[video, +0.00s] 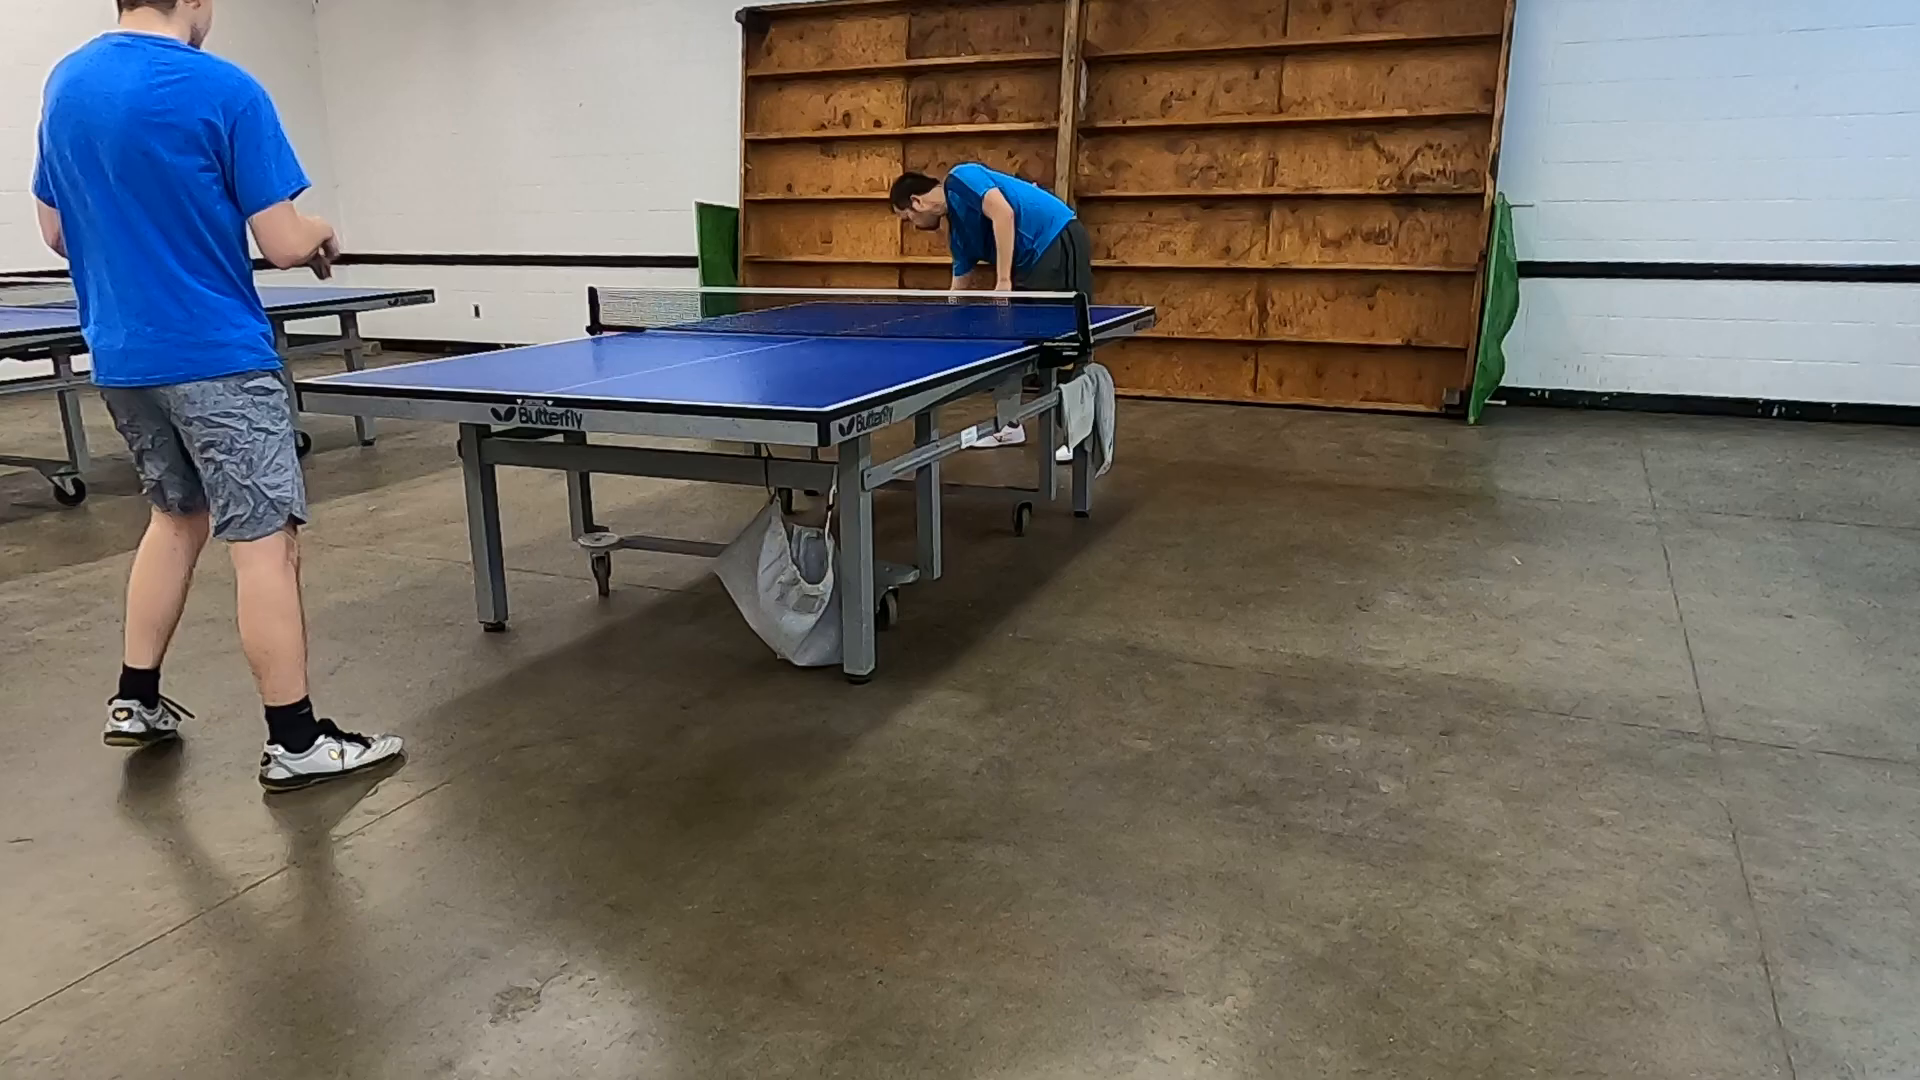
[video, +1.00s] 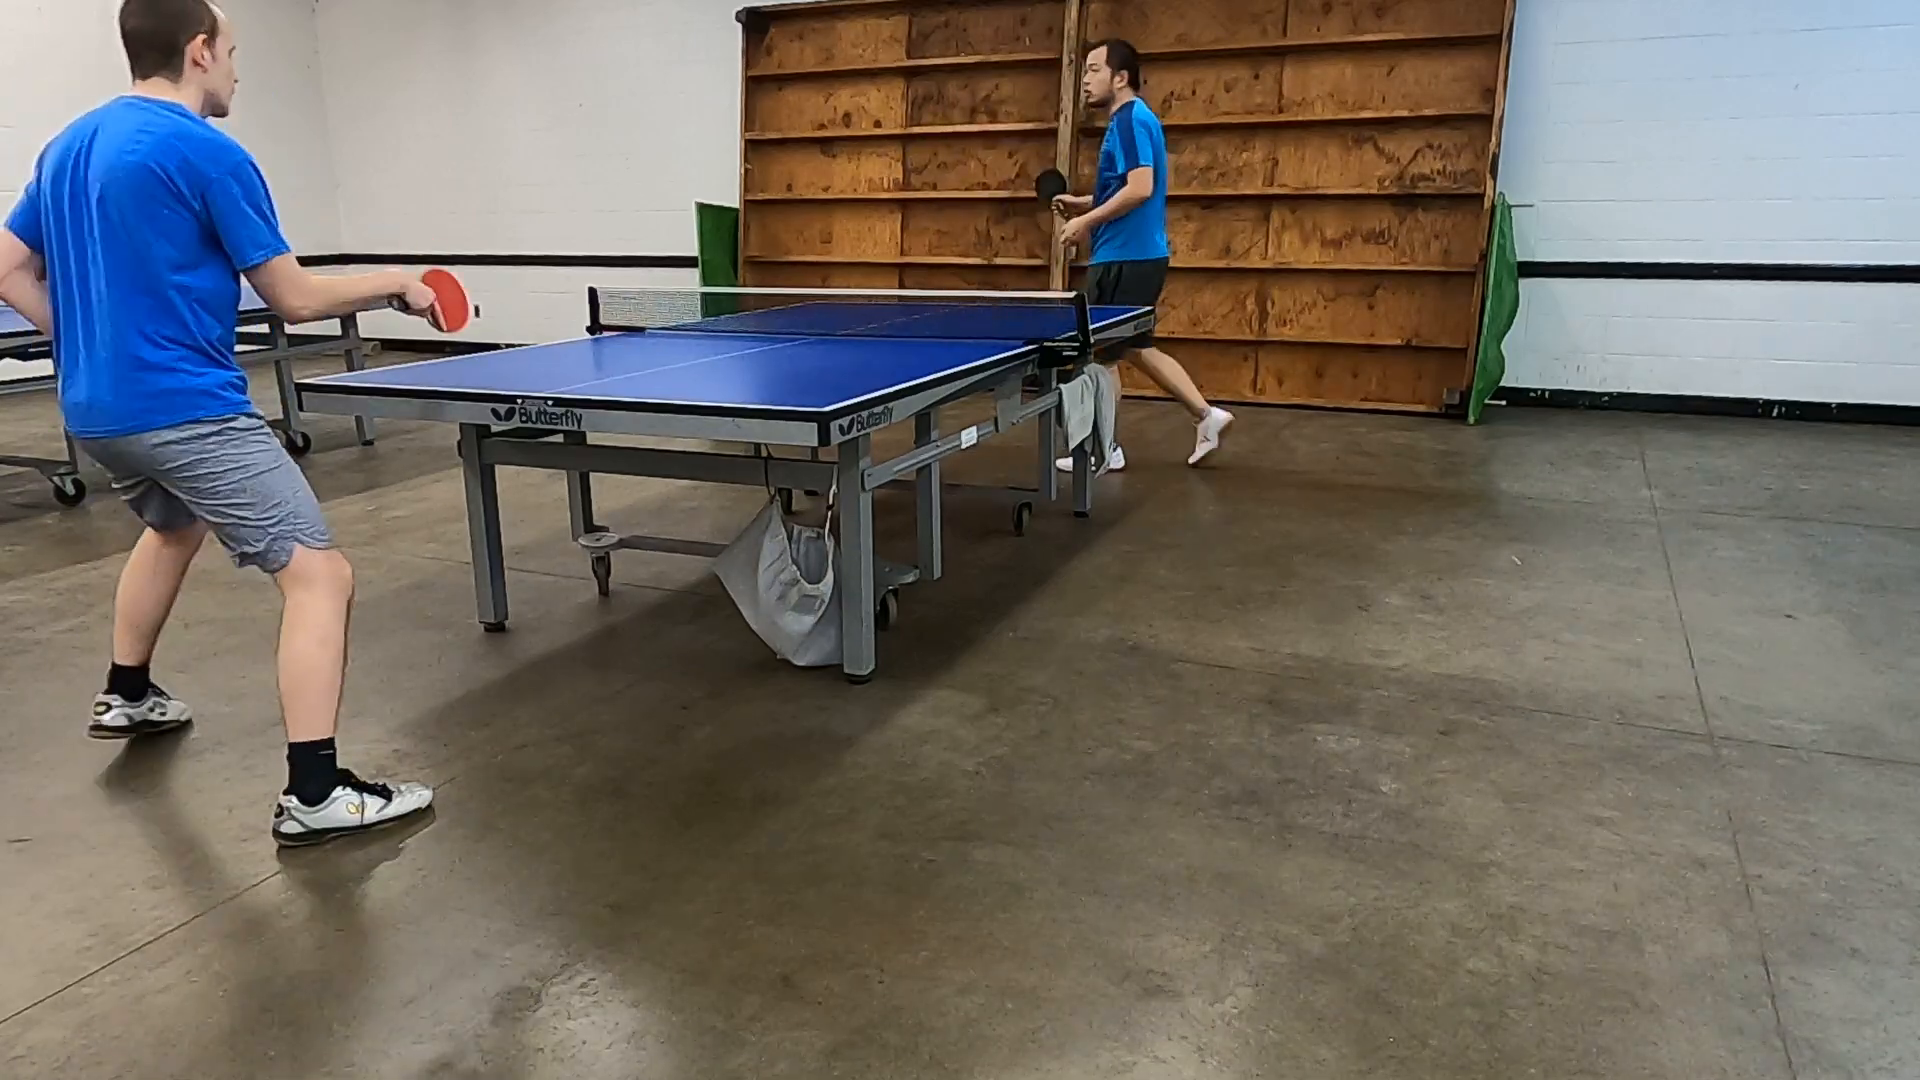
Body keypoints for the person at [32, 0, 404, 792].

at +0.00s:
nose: (210, 18)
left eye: (207, 9)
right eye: (208, 8)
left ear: (124, 6)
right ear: (190, 4)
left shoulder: (67, 80)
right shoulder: (221, 86)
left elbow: (58, 231)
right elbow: (283, 241)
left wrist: (148, 250)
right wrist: (316, 233)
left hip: (120, 355)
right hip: (216, 351)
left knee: (177, 511)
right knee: (264, 535)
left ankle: (136, 700)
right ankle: (296, 738)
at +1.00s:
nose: (235, 71)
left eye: (233, 52)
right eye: (231, 52)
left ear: (141, 56)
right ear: (199, 52)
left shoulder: (67, 146)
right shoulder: (207, 151)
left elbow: (8, 264)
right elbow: (295, 298)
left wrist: (75, 329)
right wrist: (395, 282)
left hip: (95, 409)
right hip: (184, 403)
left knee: (175, 522)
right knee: (319, 572)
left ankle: (126, 692)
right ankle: (316, 789)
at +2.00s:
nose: (294, 214)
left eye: (293, 198)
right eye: (289, 198)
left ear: (200, 200)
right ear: (258, 200)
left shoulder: (120, 255)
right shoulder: (241, 282)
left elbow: (17, 337)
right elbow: (296, 407)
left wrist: (64, 421)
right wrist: (376, 362)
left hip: (26, 484)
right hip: (115, 490)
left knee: (149, 553)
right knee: (332, 583)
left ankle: (101, 710)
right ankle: (317, 790)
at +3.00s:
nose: (274, 132)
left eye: (271, 117)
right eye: (265, 118)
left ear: (194, 127)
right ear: (225, 126)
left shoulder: (106, 196)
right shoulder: (192, 223)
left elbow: (144, 325)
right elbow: (287, 368)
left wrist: (260, 327)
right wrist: (402, 336)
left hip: (51, 442)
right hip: (126, 454)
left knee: (163, 553)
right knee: (315, 581)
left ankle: (104, 711)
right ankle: (316, 790)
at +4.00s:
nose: (303, 109)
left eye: (300, 96)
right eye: (291, 97)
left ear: (242, 102)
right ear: (250, 101)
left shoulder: (179, 169)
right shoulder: (212, 176)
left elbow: (126, 269)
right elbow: (270, 303)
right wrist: (378, 280)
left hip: (188, 372)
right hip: (147, 375)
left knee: (268, 479)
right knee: (218, 527)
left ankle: (281, 596)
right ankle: (145, 715)